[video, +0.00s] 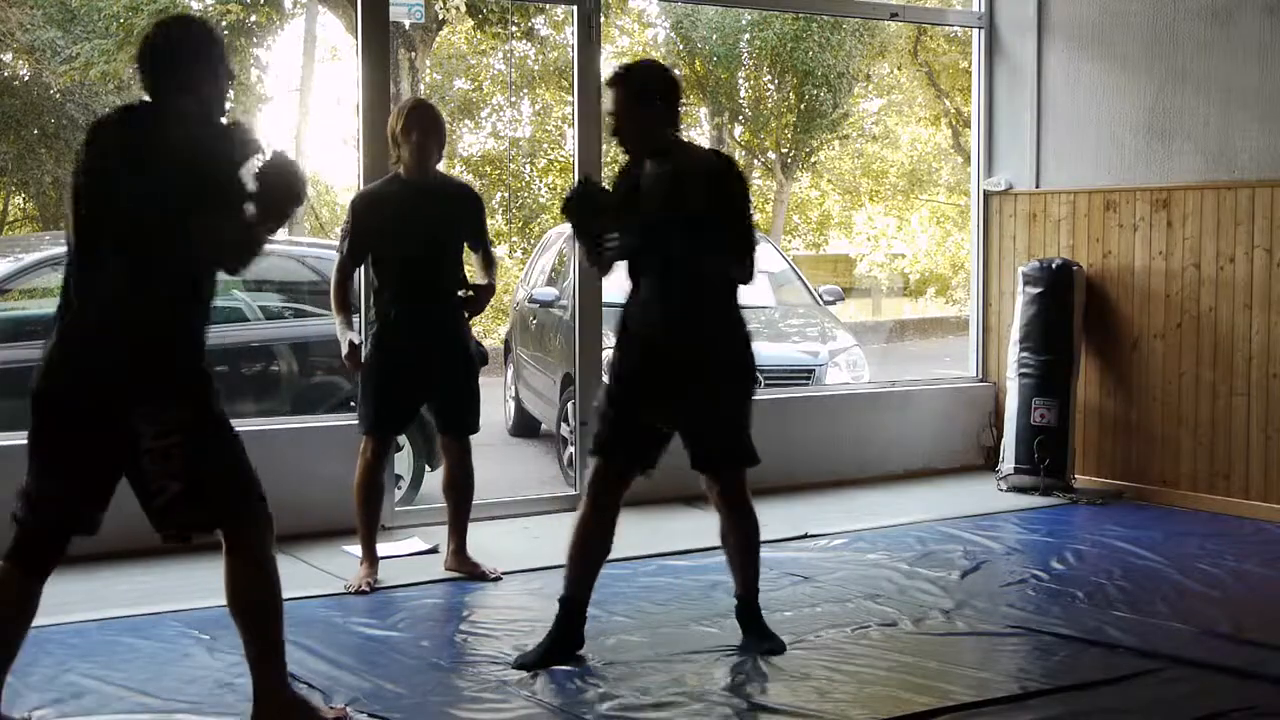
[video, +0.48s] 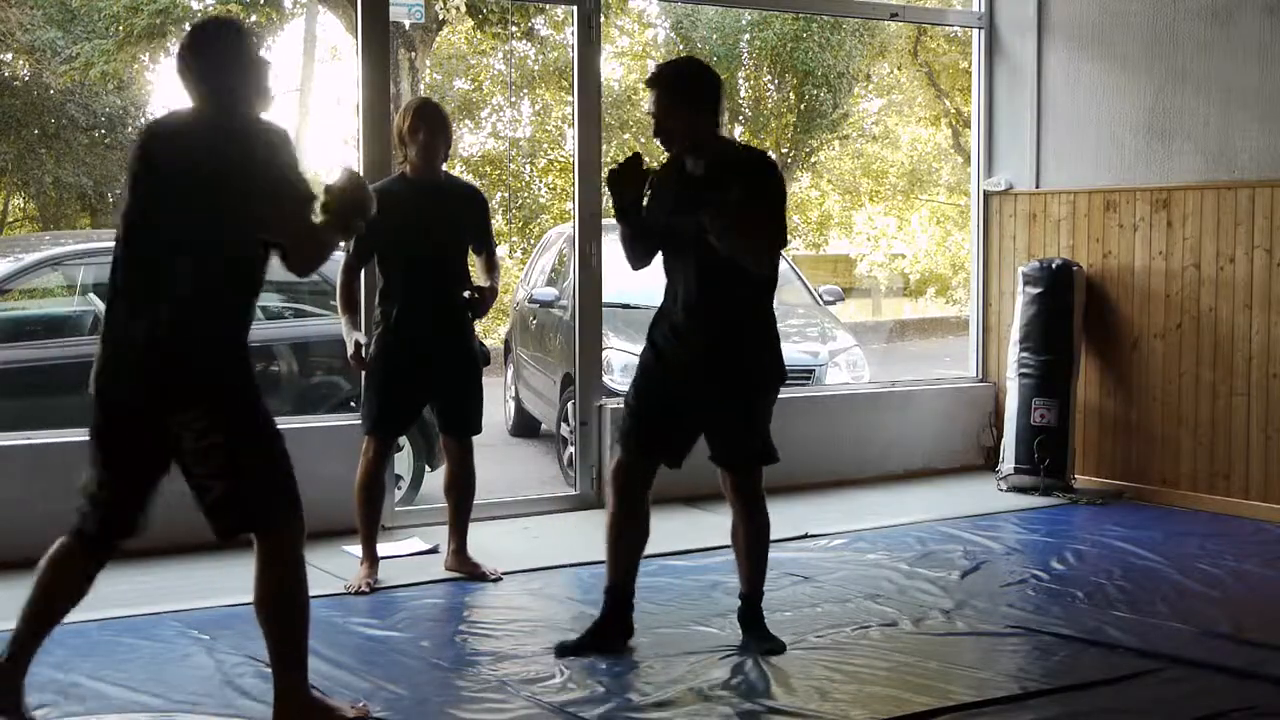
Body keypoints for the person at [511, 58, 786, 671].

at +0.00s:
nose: (612, 126)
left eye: (620, 113)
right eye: (611, 114)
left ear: (657, 110)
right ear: (646, 114)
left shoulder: (718, 172)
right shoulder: (631, 182)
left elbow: (742, 265)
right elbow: (602, 266)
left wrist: (659, 240)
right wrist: (588, 229)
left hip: (713, 353)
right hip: (645, 355)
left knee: (730, 490)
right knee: (603, 488)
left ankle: (751, 617)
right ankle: (567, 629)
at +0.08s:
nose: (630, 128)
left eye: (639, 115)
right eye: (630, 116)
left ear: (675, 112)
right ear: (658, 115)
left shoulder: (737, 174)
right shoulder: (648, 183)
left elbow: (762, 262)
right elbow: (630, 261)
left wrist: (690, 243)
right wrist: (606, 228)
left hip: (726, 353)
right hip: (659, 353)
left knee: (735, 490)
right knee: (613, 481)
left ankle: (752, 617)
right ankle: (565, 617)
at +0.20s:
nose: (650, 133)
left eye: (657, 120)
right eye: (649, 120)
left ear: (695, 113)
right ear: (677, 115)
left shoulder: (754, 171)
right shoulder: (669, 182)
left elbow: (783, 259)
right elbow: (652, 261)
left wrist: (722, 222)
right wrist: (623, 223)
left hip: (737, 352)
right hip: (671, 351)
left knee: (741, 487)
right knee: (616, 474)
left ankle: (751, 614)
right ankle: (581, 611)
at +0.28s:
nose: (658, 131)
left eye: (665, 118)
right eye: (656, 119)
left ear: (703, 112)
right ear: (681, 116)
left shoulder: (763, 169)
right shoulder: (678, 178)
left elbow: (773, 257)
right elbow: (654, 257)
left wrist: (710, 213)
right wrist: (631, 216)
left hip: (741, 350)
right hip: (674, 345)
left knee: (744, 485)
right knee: (616, 464)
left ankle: (752, 614)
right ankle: (600, 608)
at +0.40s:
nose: (658, 126)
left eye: (666, 113)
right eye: (657, 113)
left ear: (704, 110)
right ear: (678, 113)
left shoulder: (762, 168)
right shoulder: (675, 174)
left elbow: (767, 259)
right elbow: (647, 255)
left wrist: (707, 199)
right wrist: (632, 206)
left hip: (742, 348)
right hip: (675, 343)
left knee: (745, 486)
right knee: (621, 467)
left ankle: (753, 614)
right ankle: (613, 610)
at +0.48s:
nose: (654, 125)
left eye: (662, 112)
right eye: (654, 113)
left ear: (697, 109)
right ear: (676, 112)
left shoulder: (755, 169)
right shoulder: (669, 176)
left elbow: (763, 263)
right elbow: (638, 255)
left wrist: (701, 205)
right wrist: (627, 205)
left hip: (740, 352)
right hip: (673, 349)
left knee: (743, 487)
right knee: (626, 476)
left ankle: (752, 615)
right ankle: (615, 621)